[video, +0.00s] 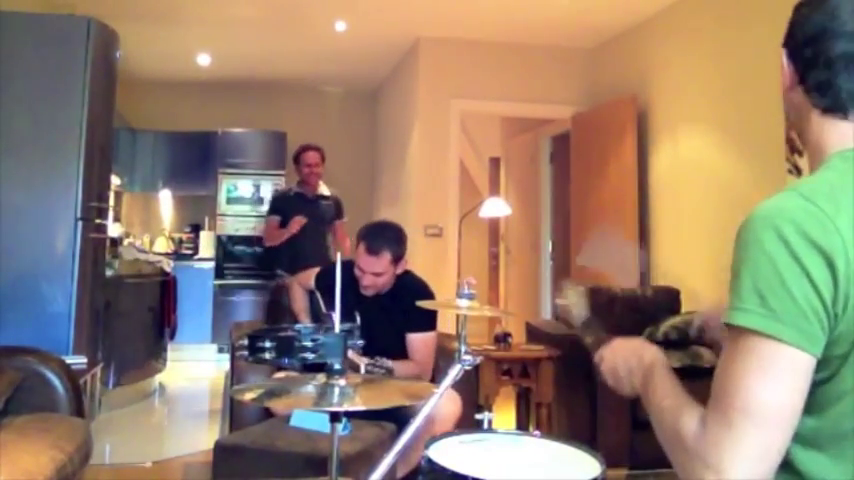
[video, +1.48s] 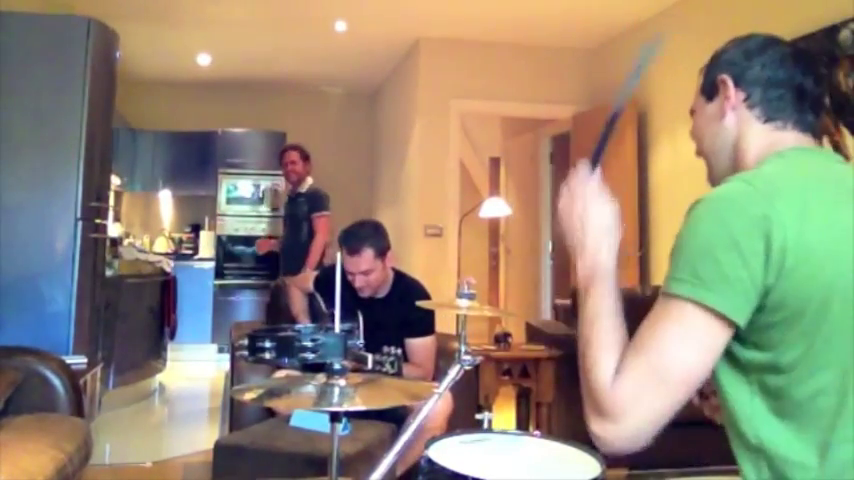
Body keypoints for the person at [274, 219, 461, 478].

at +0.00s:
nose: (366, 281)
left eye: (377, 274)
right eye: (360, 270)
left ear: (400, 266)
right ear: (355, 256)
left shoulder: (416, 294)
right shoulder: (339, 274)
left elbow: (423, 370)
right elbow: (296, 283)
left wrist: (370, 365)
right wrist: (308, 330)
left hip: (394, 389)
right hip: (337, 381)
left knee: (449, 404)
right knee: (280, 394)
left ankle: (393, 473)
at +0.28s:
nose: (360, 279)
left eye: (370, 271)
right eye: (354, 269)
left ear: (392, 262)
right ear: (346, 258)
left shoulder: (412, 295)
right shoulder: (335, 277)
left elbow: (422, 371)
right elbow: (294, 285)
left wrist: (369, 367)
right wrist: (305, 328)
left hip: (390, 390)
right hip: (335, 382)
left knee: (444, 403)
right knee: (279, 397)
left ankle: (391, 473)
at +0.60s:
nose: (359, 276)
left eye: (369, 267)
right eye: (352, 266)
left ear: (389, 258)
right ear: (344, 257)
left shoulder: (411, 295)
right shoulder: (335, 277)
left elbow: (423, 371)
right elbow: (293, 287)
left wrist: (370, 366)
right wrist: (304, 327)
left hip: (389, 389)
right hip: (334, 382)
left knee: (437, 403)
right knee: (280, 388)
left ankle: (389, 473)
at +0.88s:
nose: (360, 278)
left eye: (370, 268)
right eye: (352, 268)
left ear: (390, 258)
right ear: (344, 258)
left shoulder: (412, 295)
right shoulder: (336, 277)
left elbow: (424, 371)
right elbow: (293, 287)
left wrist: (371, 366)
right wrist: (305, 329)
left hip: (389, 388)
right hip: (336, 381)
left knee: (438, 403)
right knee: (280, 388)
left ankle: (387, 473)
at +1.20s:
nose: (361, 278)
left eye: (370, 269)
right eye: (353, 268)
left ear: (390, 259)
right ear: (344, 258)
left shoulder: (413, 295)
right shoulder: (335, 278)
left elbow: (423, 371)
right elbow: (294, 285)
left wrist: (368, 365)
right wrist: (306, 331)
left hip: (390, 388)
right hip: (337, 381)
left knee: (439, 403)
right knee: (282, 386)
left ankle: (389, 473)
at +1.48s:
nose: (358, 283)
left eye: (366, 273)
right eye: (351, 274)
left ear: (388, 261)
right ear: (344, 264)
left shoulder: (412, 295)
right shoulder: (333, 279)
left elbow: (424, 371)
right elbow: (294, 285)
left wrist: (370, 365)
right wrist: (306, 330)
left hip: (389, 389)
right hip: (335, 382)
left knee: (440, 402)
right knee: (280, 387)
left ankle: (388, 473)